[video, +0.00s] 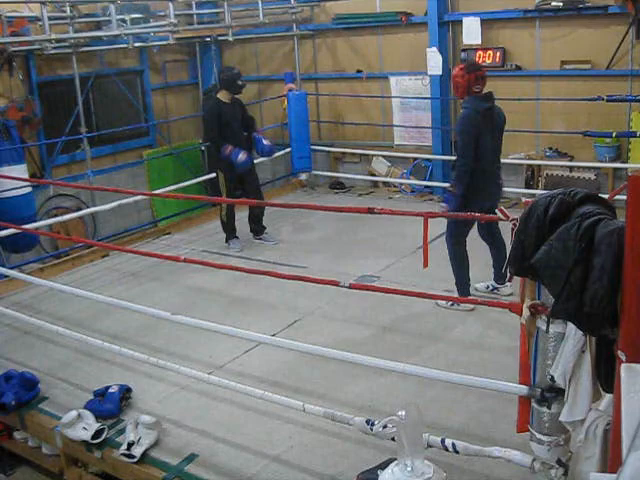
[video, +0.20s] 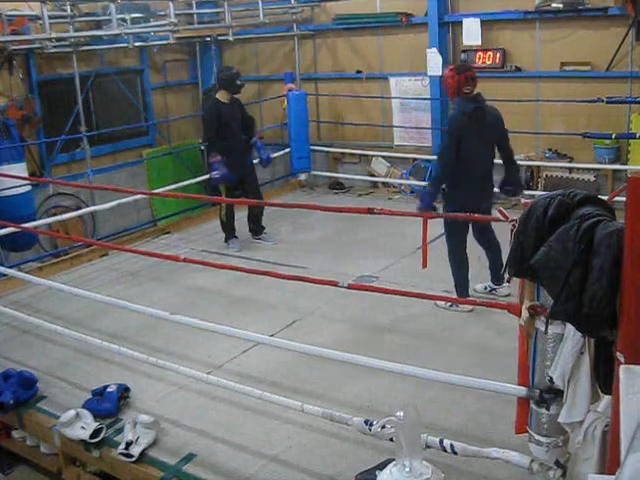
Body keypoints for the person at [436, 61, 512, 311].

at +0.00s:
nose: (453, 88)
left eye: (456, 83)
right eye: (454, 83)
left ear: (466, 85)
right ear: (479, 84)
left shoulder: (468, 117)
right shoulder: (496, 113)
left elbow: (465, 161)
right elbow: (493, 156)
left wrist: (455, 194)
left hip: (471, 191)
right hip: (492, 188)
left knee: (454, 238)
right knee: (489, 230)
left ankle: (463, 296)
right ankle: (501, 282)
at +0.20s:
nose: (445, 89)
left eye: (448, 85)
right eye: (447, 84)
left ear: (454, 87)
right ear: (473, 85)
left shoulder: (456, 118)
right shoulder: (492, 114)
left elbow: (445, 161)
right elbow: (505, 150)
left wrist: (428, 195)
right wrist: (512, 180)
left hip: (457, 192)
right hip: (483, 189)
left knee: (456, 244)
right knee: (484, 232)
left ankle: (463, 297)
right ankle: (498, 282)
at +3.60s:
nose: (285, 112)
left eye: (286, 108)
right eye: (282, 107)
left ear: (274, 108)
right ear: (271, 107)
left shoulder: (266, 125)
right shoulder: (253, 126)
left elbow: (276, 149)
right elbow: (275, 151)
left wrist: (290, 133)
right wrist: (293, 133)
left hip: (251, 185)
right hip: (233, 186)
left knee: (269, 223)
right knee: (237, 234)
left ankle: (269, 270)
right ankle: (228, 286)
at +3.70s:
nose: (281, 112)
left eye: (283, 108)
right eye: (278, 107)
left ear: (279, 108)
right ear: (268, 106)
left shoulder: (267, 124)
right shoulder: (251, 124)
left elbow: (279, 144)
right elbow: (273, 147)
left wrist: (295, 129)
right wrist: (293, 134)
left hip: (248, 181)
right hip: (230, 181)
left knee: (267, 222)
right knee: (235, 230)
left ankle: (268, 270)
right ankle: (220, 277)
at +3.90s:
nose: (264, 106)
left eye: (265, 102)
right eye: (260, 101)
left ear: (265, 103)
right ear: (249, 101)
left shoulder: (259, 121)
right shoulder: (237, 122)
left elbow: (276, 138)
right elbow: (254, 143)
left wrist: (283, 112)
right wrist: (268, 130)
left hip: (245, 179)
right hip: (226, 180)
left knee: (262, 222)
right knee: (223, 227)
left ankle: (269, 268)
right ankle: (207, 265)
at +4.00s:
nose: (256, 106)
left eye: (256, 102)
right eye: (252, 102)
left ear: (253, 104)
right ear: (242, 103)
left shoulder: (250, 121)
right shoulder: (227, 123)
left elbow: (268, 136)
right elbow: (245, 144)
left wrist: (279, 106)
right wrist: (256, 128)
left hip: (242, 179)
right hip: (221, 180)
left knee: (259, 220)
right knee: (216, 224)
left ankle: (268, 268)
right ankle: (204, 264)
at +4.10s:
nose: (245, 109)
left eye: (247, 104)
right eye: (241, 105)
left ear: (247, 106)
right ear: (231, 106)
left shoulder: (244, 124)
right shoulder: (218, 126)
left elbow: (259, 145)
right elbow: (232, 148)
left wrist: (267, 123)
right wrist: (246, 130)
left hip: (239, 183)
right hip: (217, 184)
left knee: (257, 220)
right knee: (211, 225)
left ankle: (268, 267)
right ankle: (204, 265)